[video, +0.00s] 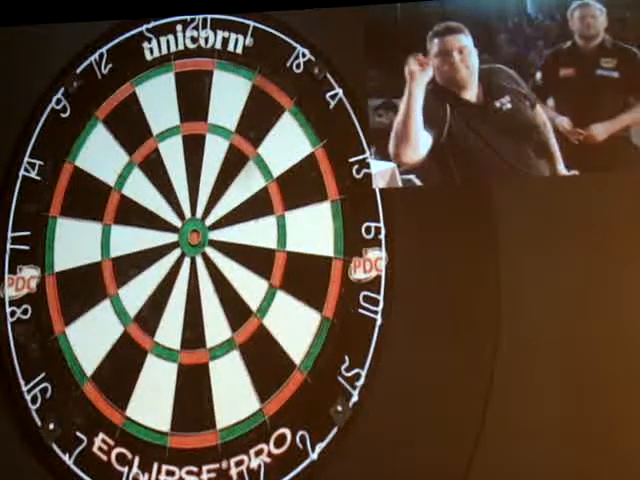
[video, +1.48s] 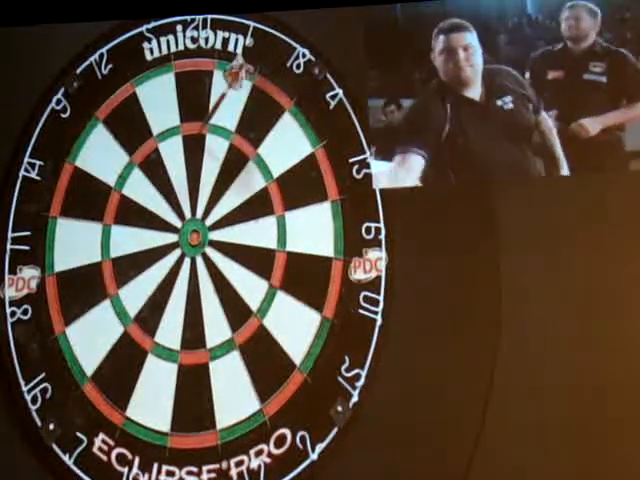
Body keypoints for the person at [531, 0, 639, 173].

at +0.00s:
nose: (588, 22)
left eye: (593, 17)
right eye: (581, 17)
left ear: (605, 21)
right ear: (570, 23)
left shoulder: (628, 57)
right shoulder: (555, 59)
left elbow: (637, 107)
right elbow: (534, 99)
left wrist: (607, 128)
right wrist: (556, 120)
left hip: (615, 154)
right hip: (567, 155)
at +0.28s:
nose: (574, 22)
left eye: (580, 17)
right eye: (568, 18)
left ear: (592, 22)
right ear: (557, 24)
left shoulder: (613, 59)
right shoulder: (540, 60)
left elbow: (634, 104)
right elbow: (526, 103)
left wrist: (589, 127)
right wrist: (545, 124)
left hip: (601, 157)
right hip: (553, 156)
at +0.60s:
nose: (560, 24)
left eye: (566, 19)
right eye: (554, 19)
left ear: (578, 24)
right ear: (544, 25)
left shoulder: (598, 60)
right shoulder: (525, 60)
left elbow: (619, 106)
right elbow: (512, 104)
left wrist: (576, 125)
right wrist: (541, 127)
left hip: (588, 154)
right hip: (538, 153)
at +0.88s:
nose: (559, 24)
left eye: (565, 19)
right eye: (554, 20)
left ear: (578, 24)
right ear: (544, 26)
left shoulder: (598, 61)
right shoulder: (524, 60)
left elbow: (618, 106)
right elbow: (510, 104)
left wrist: (575, 125)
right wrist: (538, 126)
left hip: (585, 154)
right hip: (536, 153)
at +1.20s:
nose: (566, 24)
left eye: (573, 20)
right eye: (561, 20)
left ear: (588, 25)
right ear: (553, 26)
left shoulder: (609, 62)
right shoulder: (535, 61)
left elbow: (633, 107)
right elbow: (521, 105)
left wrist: (593, 127)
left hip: (595, 162)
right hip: (546, 161)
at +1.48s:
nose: (570, 23)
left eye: (577, 18)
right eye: (566, 19)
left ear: (596, 24)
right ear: (560, 24)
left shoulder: (618, 60)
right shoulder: (541, 61)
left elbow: (636, 106)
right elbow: (527, 102)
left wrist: (599, 122)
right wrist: (542, 118)